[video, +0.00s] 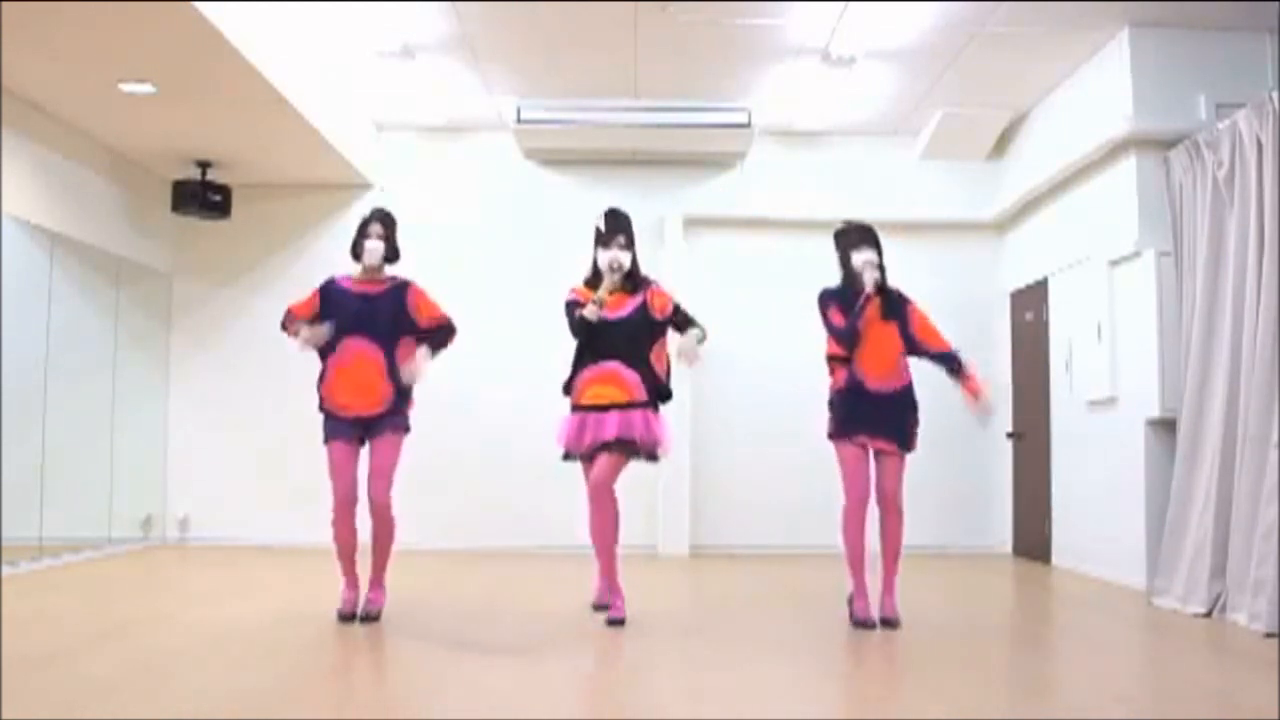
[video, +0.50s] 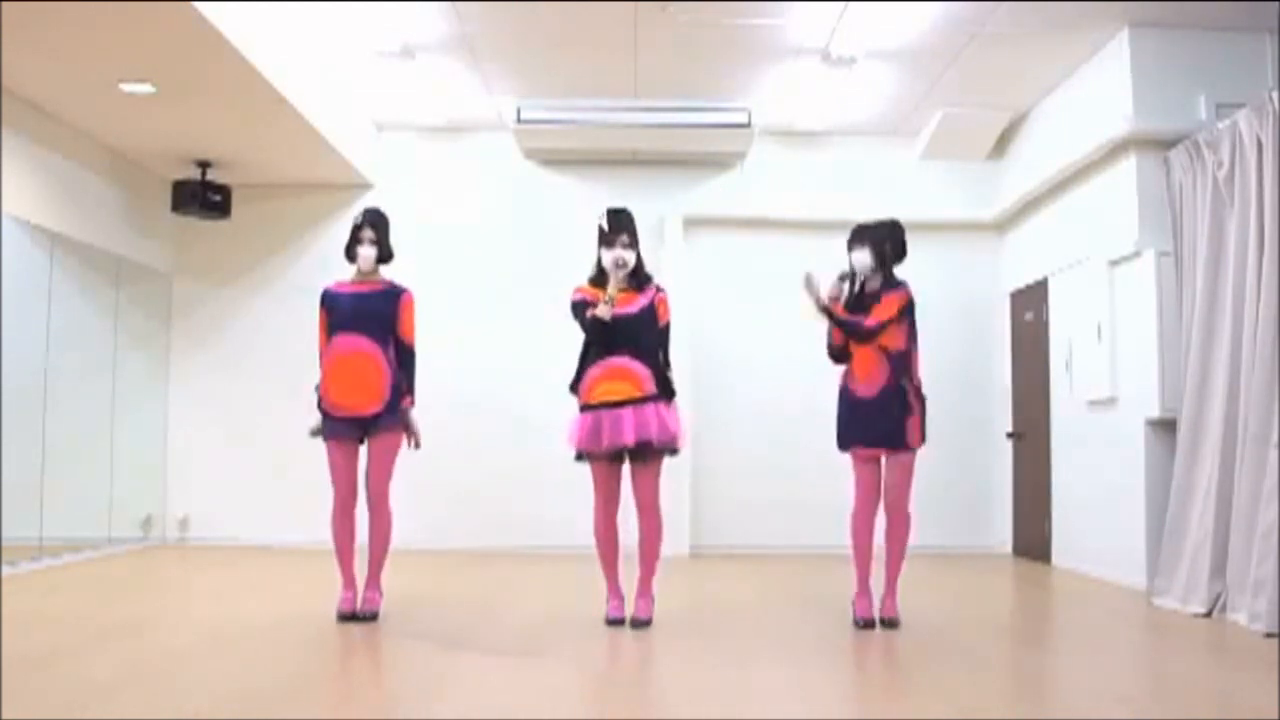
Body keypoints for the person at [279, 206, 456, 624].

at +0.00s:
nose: (374, 244)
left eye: (382, 238)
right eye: (368, 237)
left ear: (391, 247)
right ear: (356, 244)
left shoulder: (405, 293)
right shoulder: (333, 290)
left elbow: (444, 328)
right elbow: (289, 317)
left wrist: (419, 356)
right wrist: (307, 333)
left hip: (388, 408)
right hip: (340, 408)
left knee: (379, 498)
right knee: (344, 500)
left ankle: (376, 586)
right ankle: (349, 587)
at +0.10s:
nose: (372, 242)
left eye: (380, 237)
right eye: (367, 236)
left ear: (391, 246)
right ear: (355, 243)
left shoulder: (404, 293)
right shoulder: (332, 291)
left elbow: (432, 338)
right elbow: (303, 332)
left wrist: (431, 385)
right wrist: (292, 372)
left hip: (388, 407)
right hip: (340, 406)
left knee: (380, 493)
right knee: (344, 495)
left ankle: (375, 587)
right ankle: (347, 586)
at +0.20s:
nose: (370, 246)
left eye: (378, 241)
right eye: (364, 239)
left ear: (388, 249)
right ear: (354, 245)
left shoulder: (401, 298)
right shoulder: (333, 295)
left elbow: (413, 354)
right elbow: (315, 352)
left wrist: (425, 407)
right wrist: (302, 401)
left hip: (387, 408)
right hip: (339, 407)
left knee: (381, 495)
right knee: (344, 497)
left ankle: (376, 587)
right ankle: (348, 588)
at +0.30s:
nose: (368, 248)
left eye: (376, 242)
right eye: (362, 241)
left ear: (386, 249)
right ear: (352, 246)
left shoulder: (400, 297)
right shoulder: (333, 294)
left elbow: (408, 355)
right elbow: (324, 350)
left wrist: (408, 406)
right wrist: (320, 402)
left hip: (386, 405)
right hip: (339, 405)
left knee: (378, 494)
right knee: (344, 496)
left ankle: (374, 586)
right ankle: (347, 586)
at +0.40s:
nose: (366, 248)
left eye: (374, 242)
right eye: (360, 241)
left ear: (385, 249)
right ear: (351, 246)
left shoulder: (399, 297)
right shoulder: (332, 294)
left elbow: (405, 356)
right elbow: (326, 351)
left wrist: (405, 406)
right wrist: (324, 401)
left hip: (385, 403)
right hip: (339, 402)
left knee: (377, 494)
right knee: (344, 495)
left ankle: (373, 585)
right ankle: (347, 584)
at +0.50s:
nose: (365, 248)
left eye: (373, 242)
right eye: (359, 241)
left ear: (384, 249)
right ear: (351, 246)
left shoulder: (399, 296)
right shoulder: (332, 295)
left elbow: (406, 354)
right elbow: (325, 351)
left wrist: (407, 404)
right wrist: (324, 401)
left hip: (385, 403)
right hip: (339, 403)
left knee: (377, 493)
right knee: (344, 495)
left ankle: (373, 586)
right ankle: (348, 586)